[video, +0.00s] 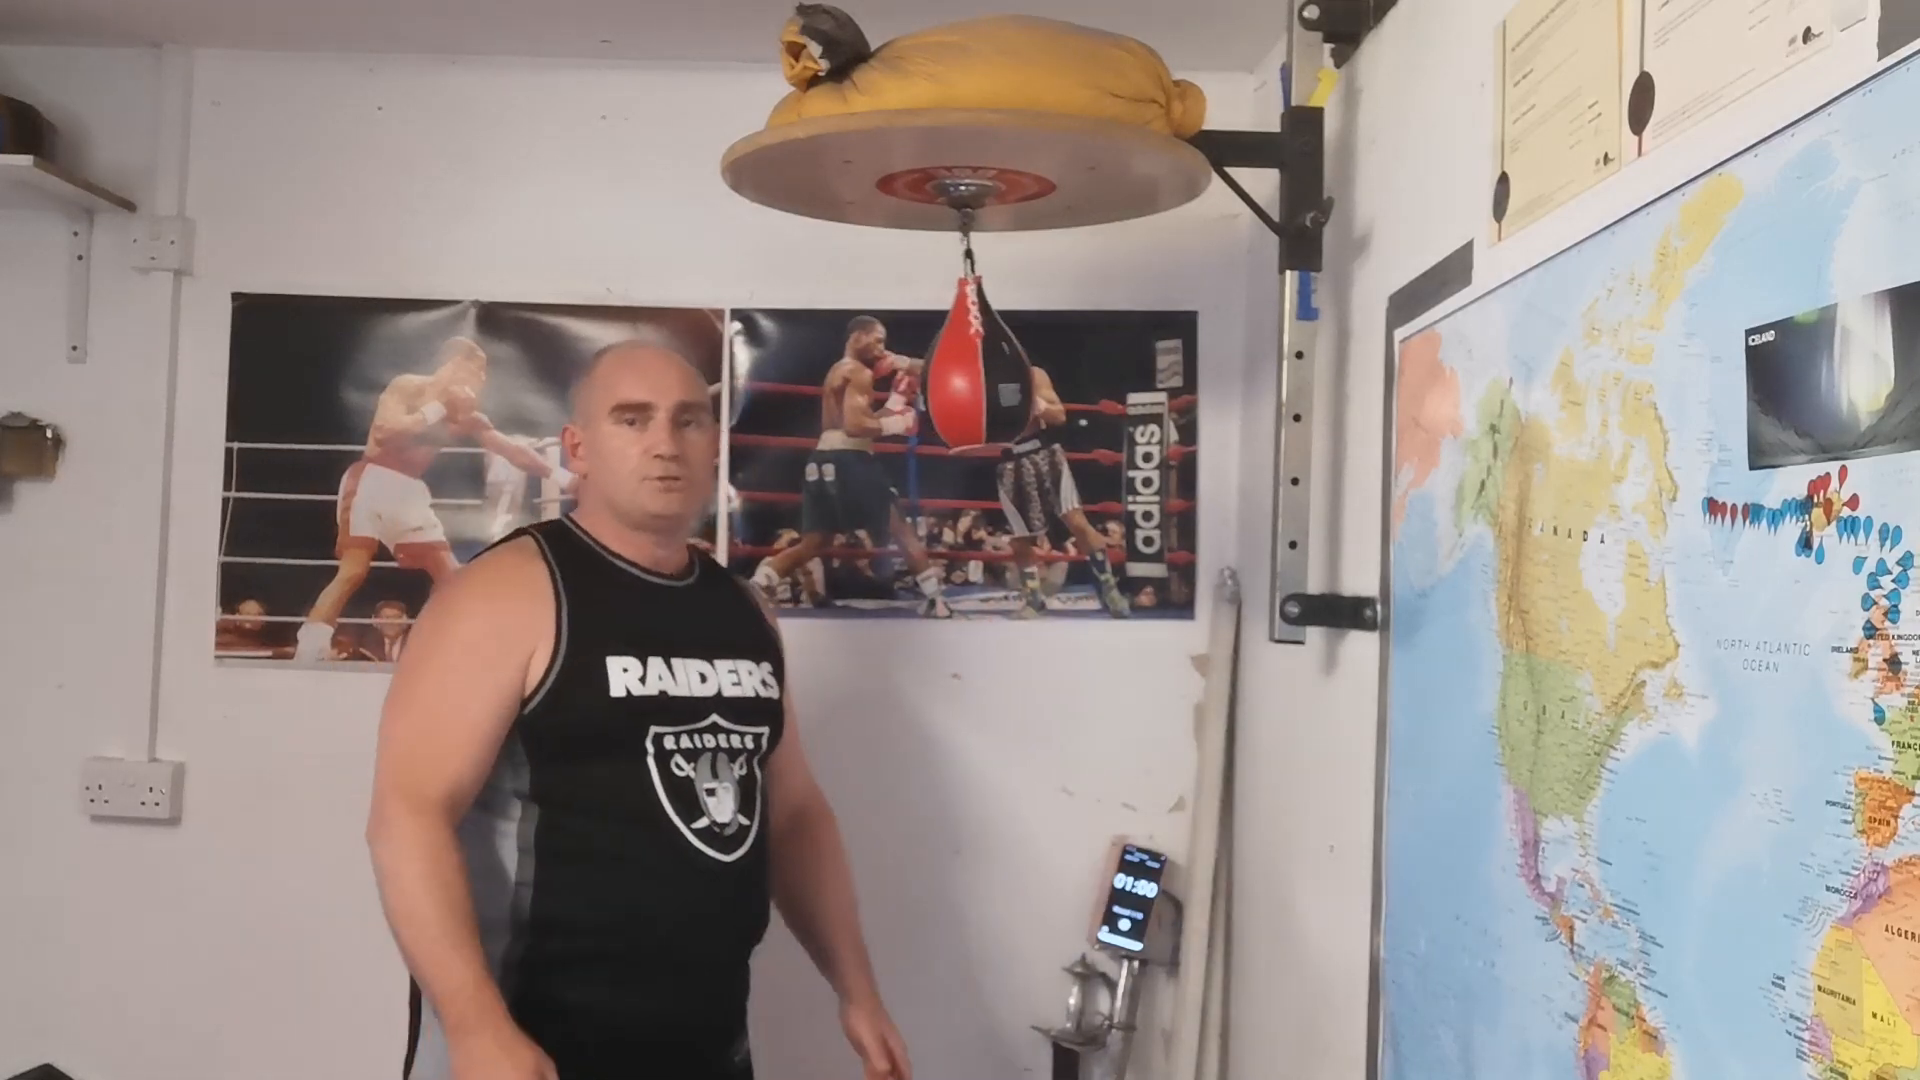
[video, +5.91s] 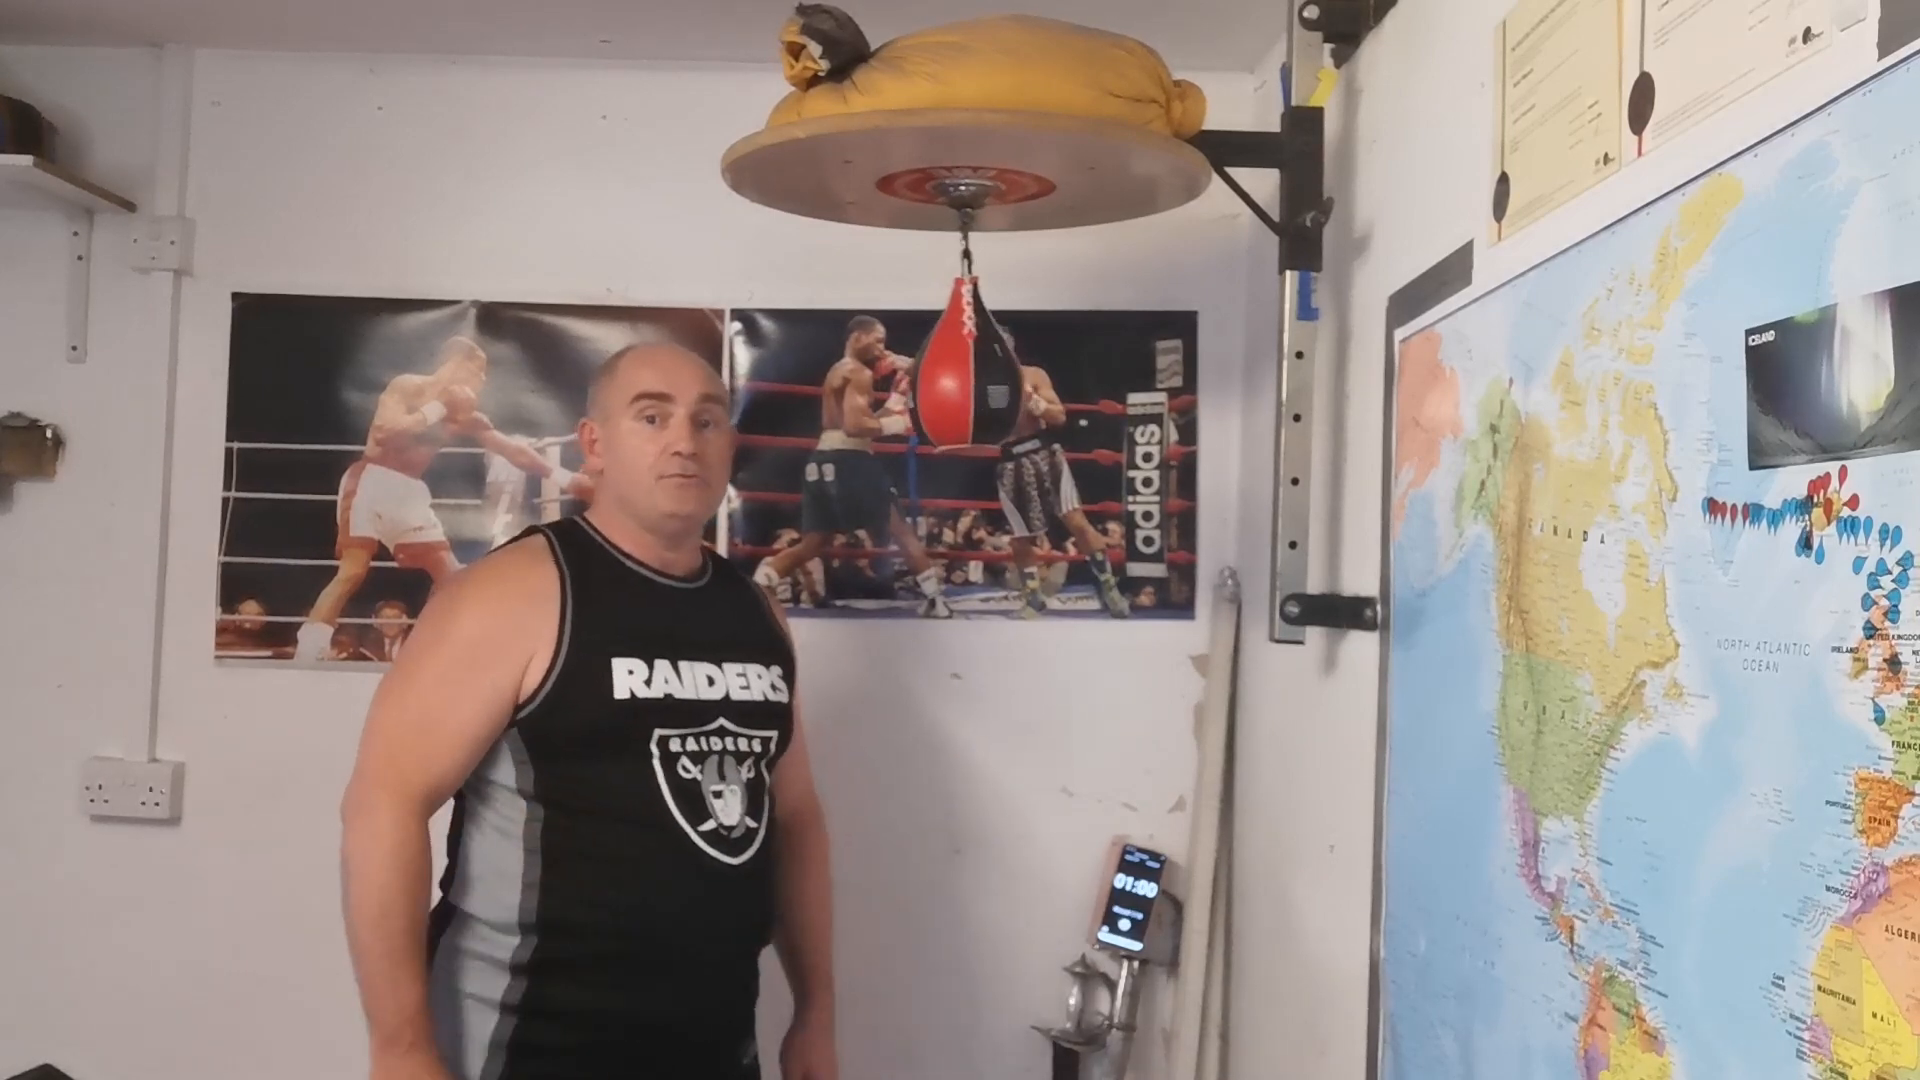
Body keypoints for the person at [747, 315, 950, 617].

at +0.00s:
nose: (881, 349)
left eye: (882, 343)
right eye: (877, 342)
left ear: (856, 340)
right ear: (858, 337)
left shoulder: (834, 373)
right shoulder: (858, 372)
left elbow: (848, 422)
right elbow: (854, 425)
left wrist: (887, 411)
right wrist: (894, 423)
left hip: (821, 462)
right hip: (852, 463)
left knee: (815, 542)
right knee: (903, 530)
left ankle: (756, 586)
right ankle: (936, 600)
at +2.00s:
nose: (881, 349)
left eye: (883, 343)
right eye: (878, 342)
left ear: (855, 340)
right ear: (857, 337)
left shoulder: (833, 374)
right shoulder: (858, 373)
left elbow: (849, 422)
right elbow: (855, 425)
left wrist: (889, 408)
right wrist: (896, 423)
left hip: (820, 462)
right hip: (853, 463)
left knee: (814, 542)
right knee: (902, 531)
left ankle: (755, 587)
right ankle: (935, 598)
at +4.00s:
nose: (881, 349)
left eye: (883, 343)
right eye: (878, 342)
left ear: (857, 340)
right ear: (858, 337)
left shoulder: (834, 372)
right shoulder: (858, 373)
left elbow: (848, 422)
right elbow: (854, 425)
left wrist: (886, 409)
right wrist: (894, 423)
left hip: (820, 463)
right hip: (852, 463)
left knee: (816, 541)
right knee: (901, 529)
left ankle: (756, 587)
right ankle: (935, 597)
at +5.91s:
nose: (881, 350)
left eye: (883, 343)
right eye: (877, 342)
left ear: (855, 341)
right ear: (857, 338)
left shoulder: (834, 373)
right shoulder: (859, 373)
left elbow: (841, 422)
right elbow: (854, 425)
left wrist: (885, 411)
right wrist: (894, 424)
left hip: (820, 463)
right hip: (852, 463)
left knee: (815, 542)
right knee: (901, 530)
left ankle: (755, 588)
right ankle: (935, 597)